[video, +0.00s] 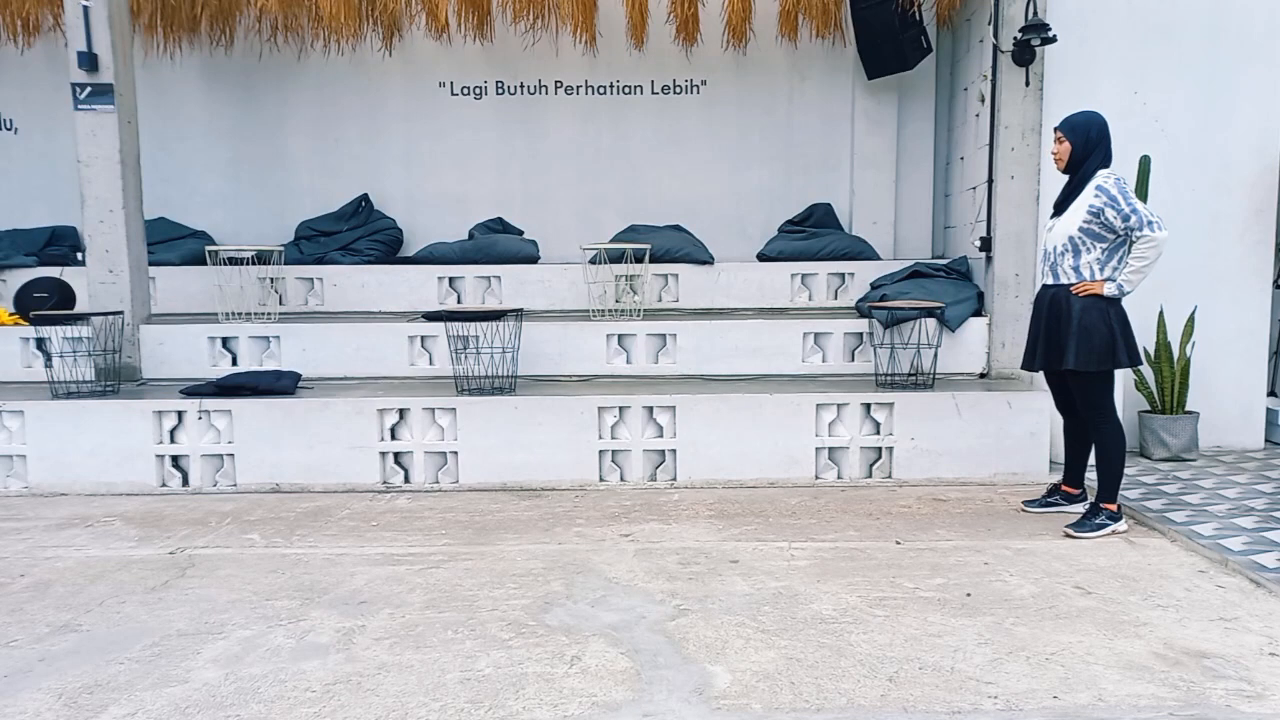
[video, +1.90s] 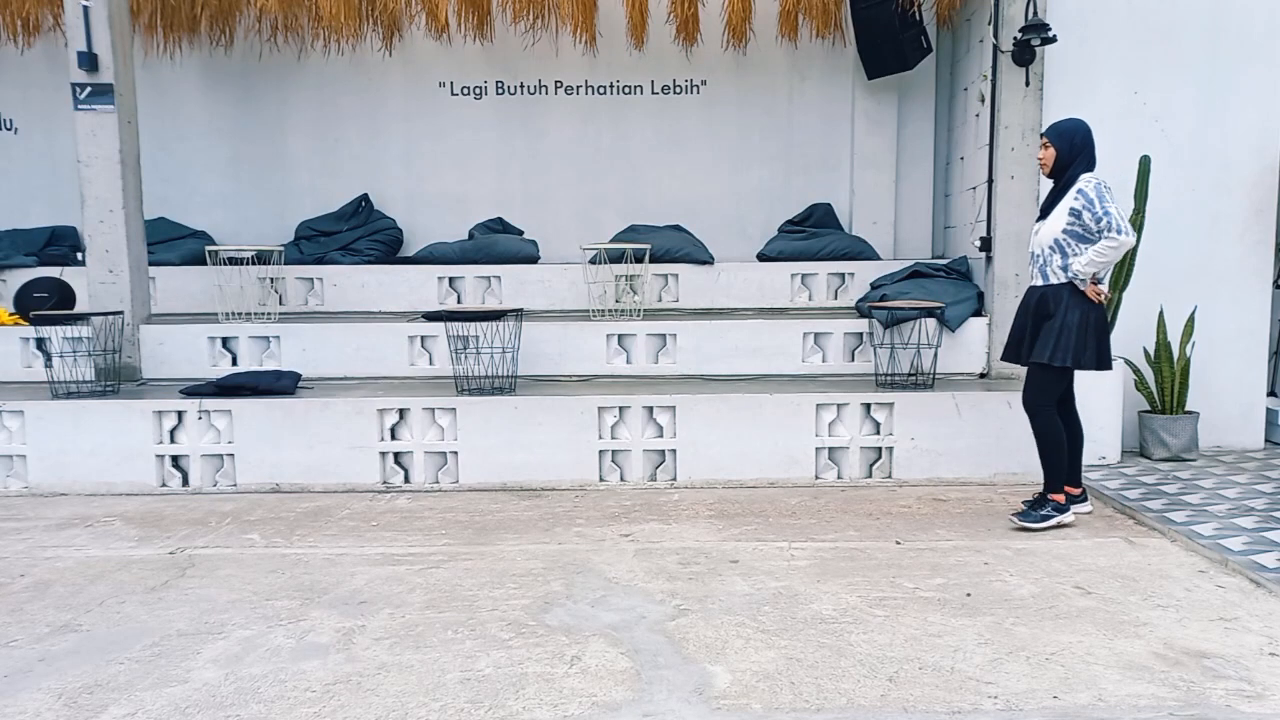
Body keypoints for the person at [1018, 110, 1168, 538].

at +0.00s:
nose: (1053, 149)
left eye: (1060, 141)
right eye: (1054, 141)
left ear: (1084, 144)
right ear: (1072, 145)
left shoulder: (1105, 184)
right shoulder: (1072, 189)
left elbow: (1151, 234)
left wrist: (1117, 285)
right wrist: (1051, 285)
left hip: (1088, 312)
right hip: (1055, 310)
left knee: (1099, 410)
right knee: (1070, 407)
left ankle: (1108, 507)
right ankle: (1070, 489)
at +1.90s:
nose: (1040, 155)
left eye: (1047, 147)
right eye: (1041, 147)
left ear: (1069, 149)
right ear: (1063, 151)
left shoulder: (1088, 186)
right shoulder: (1060, 192)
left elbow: (1121, 236)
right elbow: (1074, 245)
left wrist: (1085, 273)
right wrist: (1090, 279)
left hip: (1067, 307)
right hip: (1049, 305)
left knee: (1037, 399)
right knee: (1060, 401)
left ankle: (1057, 497)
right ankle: (1072, 489)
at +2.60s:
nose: (1028, 158)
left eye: (1034, 150)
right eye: (1028, 151)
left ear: (1056, 151)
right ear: (1047, 153)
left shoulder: (1076, 187)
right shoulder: (1050, 193)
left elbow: (1103, 235)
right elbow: (1057, 248)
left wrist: (1060, 284)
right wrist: (1031, 284)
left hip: (1053, 311)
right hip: (1039, 308)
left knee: (1026, 405)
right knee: (1061, 402)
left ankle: (1024, 501)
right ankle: (1072, 488)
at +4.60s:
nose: (831, 167)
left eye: (837, 160)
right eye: (833, 160)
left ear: (856, 164)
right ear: (862, 165)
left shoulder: (865, 203)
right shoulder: (866, 204)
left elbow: (833, 268)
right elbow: (895, 266)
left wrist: (784, 304)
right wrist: (919, 316)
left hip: (861, 318)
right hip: (843, 319)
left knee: (883, 409)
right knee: (804, 397)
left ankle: (934, 486)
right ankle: (785, 484)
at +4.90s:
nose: (745, 157)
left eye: (751, 151)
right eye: (747, 150)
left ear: (768, 156)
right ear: (773, 158)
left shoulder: (778, 192)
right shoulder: (770, 195)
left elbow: (793, 259)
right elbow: (786, 261)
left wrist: (799, 319)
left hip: (769, 306)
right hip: (766, 304)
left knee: (730, 397)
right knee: (768, 399)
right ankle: (775, 482)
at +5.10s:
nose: (688, 166)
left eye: (694, 160)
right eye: (690, 159)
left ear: (712, 165)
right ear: (712, 166)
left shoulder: (724, 201)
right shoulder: (712, 209)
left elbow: (754, 259)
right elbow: (683, 270)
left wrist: (780, 315)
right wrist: (639, 301)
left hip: (716, 316)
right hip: (723, 315)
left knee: (680, 406)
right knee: (747, 405)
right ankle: (776, 485)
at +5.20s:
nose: (660, 168)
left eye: (666, 162)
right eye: (662, 162)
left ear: (684, 167)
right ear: (687, 168)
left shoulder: (695, 205)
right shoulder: (683, 210)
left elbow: (717, 265)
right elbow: (655, 275)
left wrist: (741, 321)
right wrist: (610, 298)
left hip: (680, 318)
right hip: (688, 318)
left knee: (653, 409)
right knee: (716, 405)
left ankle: (621, 492)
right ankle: (768, 477)